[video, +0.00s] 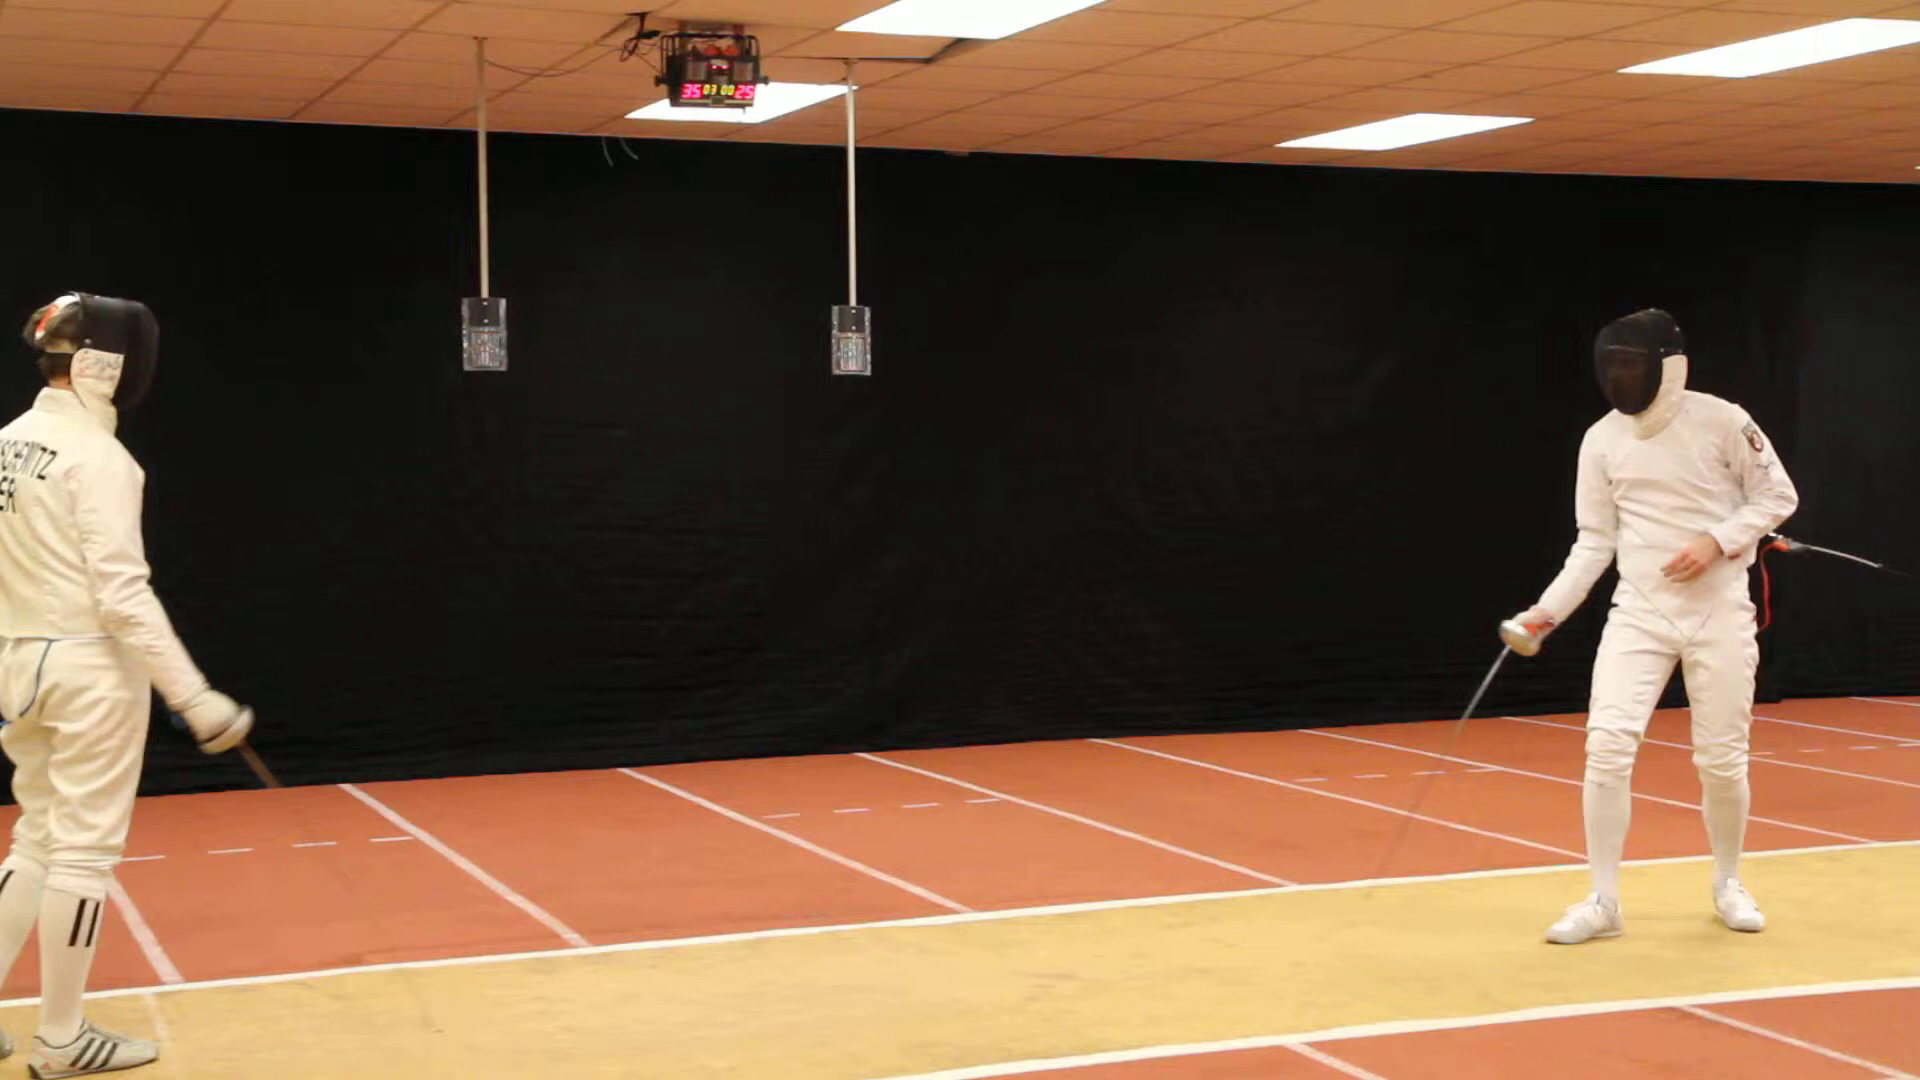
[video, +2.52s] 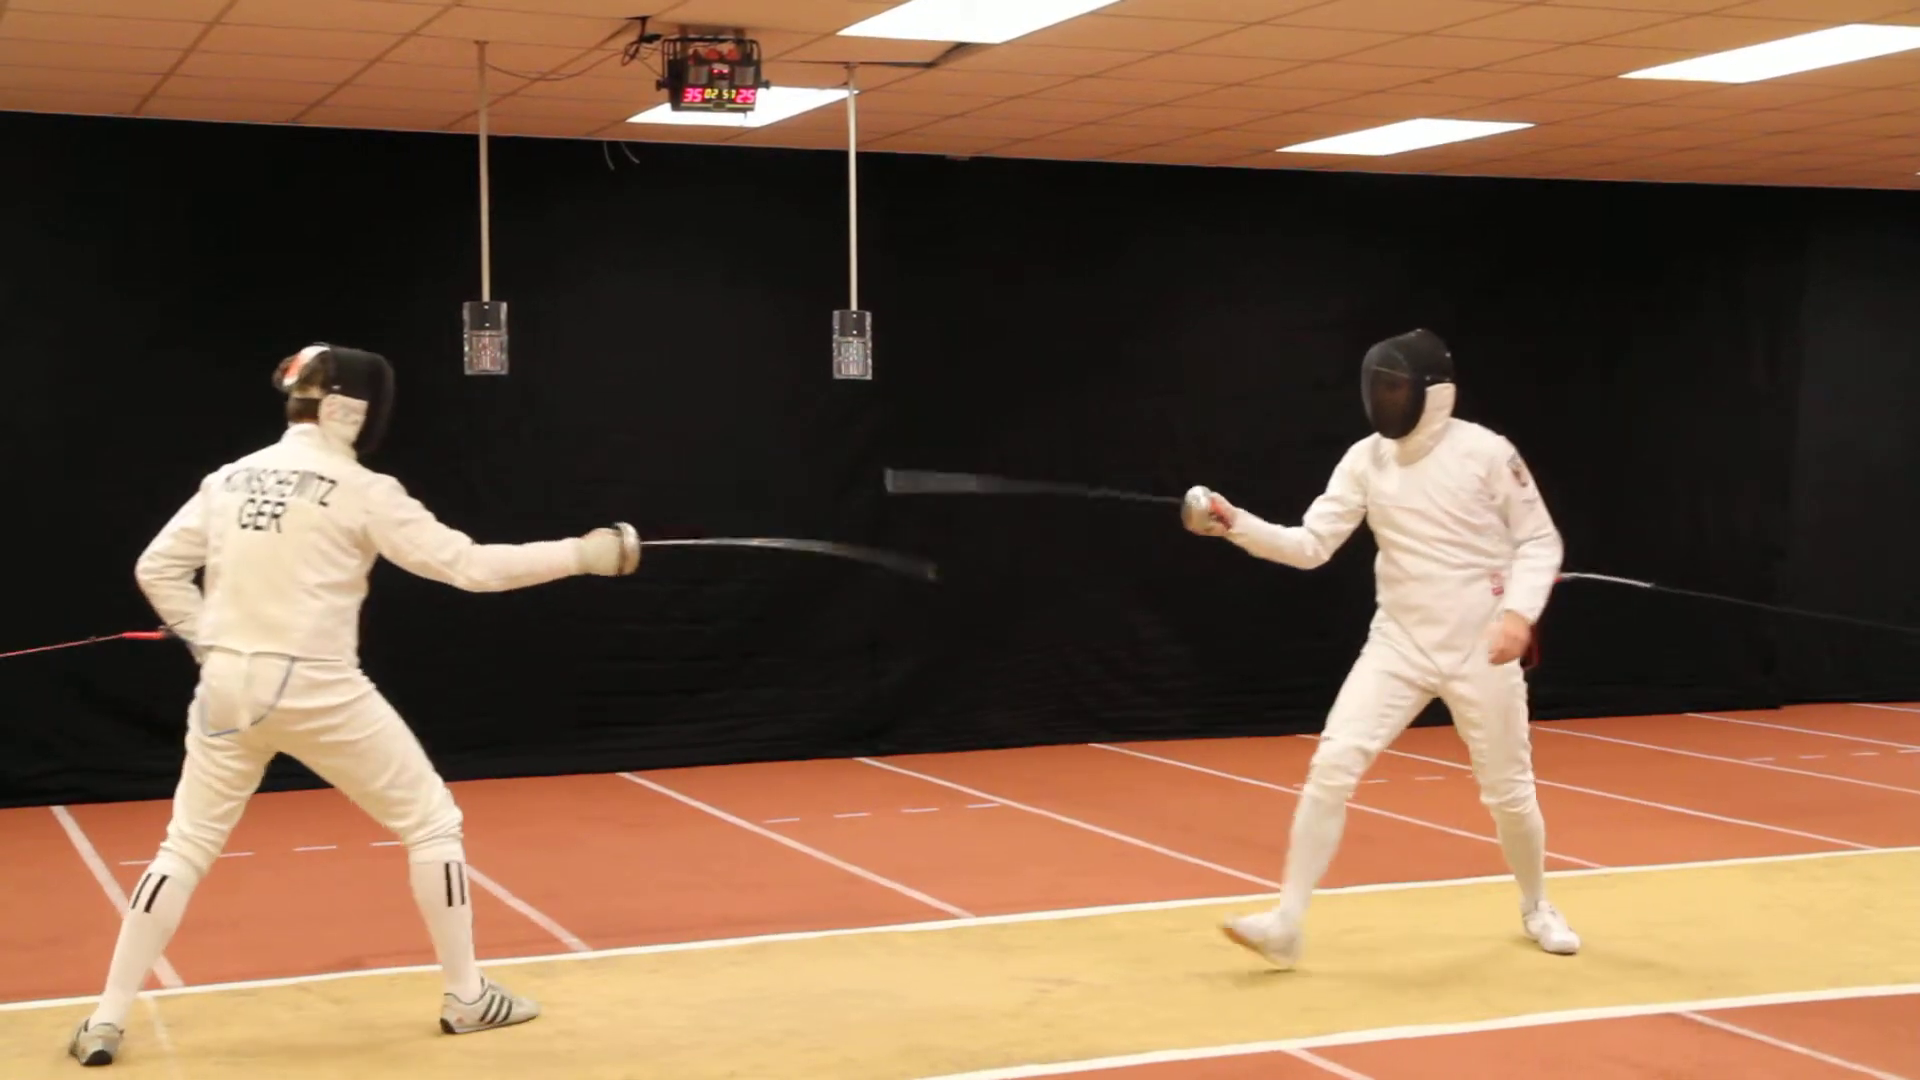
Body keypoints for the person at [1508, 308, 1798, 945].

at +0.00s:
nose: (1619, 377)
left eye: (1632, 364)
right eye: (1613, 364)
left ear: (1669, 364)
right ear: (1607, 367)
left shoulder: (1724, 423)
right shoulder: (1602, 442)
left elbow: (1778, 495)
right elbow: (1594, 540)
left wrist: (1718, 540)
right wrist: (1546, 612)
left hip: (1720, 617)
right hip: (1636, 616)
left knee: (1722, 762)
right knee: (1606, 749)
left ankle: (1729, 884)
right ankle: (1602, 901)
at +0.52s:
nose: (1628, 384)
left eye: (1642, 372)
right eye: (1621, 372)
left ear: (1680, 371)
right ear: (1615, 372)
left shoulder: (1730, 433)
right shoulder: (1608, 446)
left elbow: (1784, 507)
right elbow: (1597, 538)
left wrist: (1726, 545)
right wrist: (1526, 563)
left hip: (1715, 626)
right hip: (1635, 622)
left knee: (1717, 766)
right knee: (1599, 752)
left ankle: (1728, 893)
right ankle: (1599, 905)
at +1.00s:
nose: (1513, 405)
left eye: (1527, 393)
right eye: (1507, 393)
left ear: (1566, 394)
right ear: (1502, 393)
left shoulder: (1621, 452)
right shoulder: (1497, 464)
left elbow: (1674, 524)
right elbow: (1440, 543)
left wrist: (1626, 577)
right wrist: (1359, 543)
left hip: (1614, 647)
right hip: (1529, 642)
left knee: (1654, 786)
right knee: (1485, 769)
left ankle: (1693, 888)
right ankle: (1476, 922)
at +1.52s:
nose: (1390, 415)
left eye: (1403, 403)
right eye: (1385, 402)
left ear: (1442, 406)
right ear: (1381, 404)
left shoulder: (1500, 465)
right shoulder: (1372, 473)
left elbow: (1557, 546)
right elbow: (1291, 519)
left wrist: (1561, 638)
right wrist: (1205, 505)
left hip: (1504, 658)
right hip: (1416, 659)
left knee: (1558, 801)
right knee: (1354, 774)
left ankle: (1562, 892)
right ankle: (1343, 935)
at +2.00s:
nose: (1380, 399)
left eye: (1394, 386)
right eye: (1375, 386)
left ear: (1434, 389)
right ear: (1372, 388)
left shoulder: (1489, 448)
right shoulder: (1369, 462)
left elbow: (1545, 529)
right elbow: (1308, 539)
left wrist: (1560, 614)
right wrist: (1217, 541)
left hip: (1499, 646)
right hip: (1414, 646)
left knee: (1523, 789)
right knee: (1359, 772)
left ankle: (1538, 910)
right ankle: (1343, 935)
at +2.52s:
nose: (1382, 398)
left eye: (1396, 386)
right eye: (1378, 385)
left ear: (1435, 390)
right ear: (1375, 387)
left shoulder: (1487, 455)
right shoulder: (1366, 460)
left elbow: (1540, 542)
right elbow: (1311, 545)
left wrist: (1517, 613)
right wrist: (1233, 522)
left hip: (1482, 650)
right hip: (1397, 646)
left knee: (1511, 795)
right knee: (1331, 769)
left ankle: (1537, 908)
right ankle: (1287, 922)